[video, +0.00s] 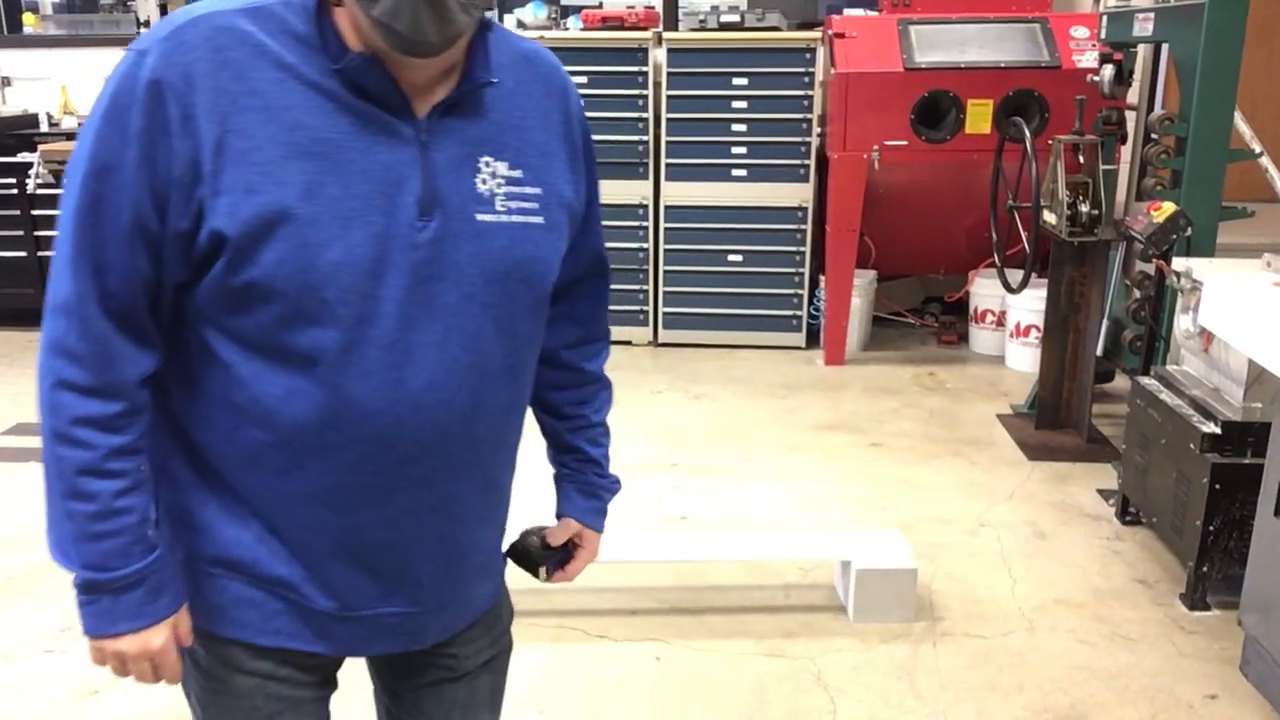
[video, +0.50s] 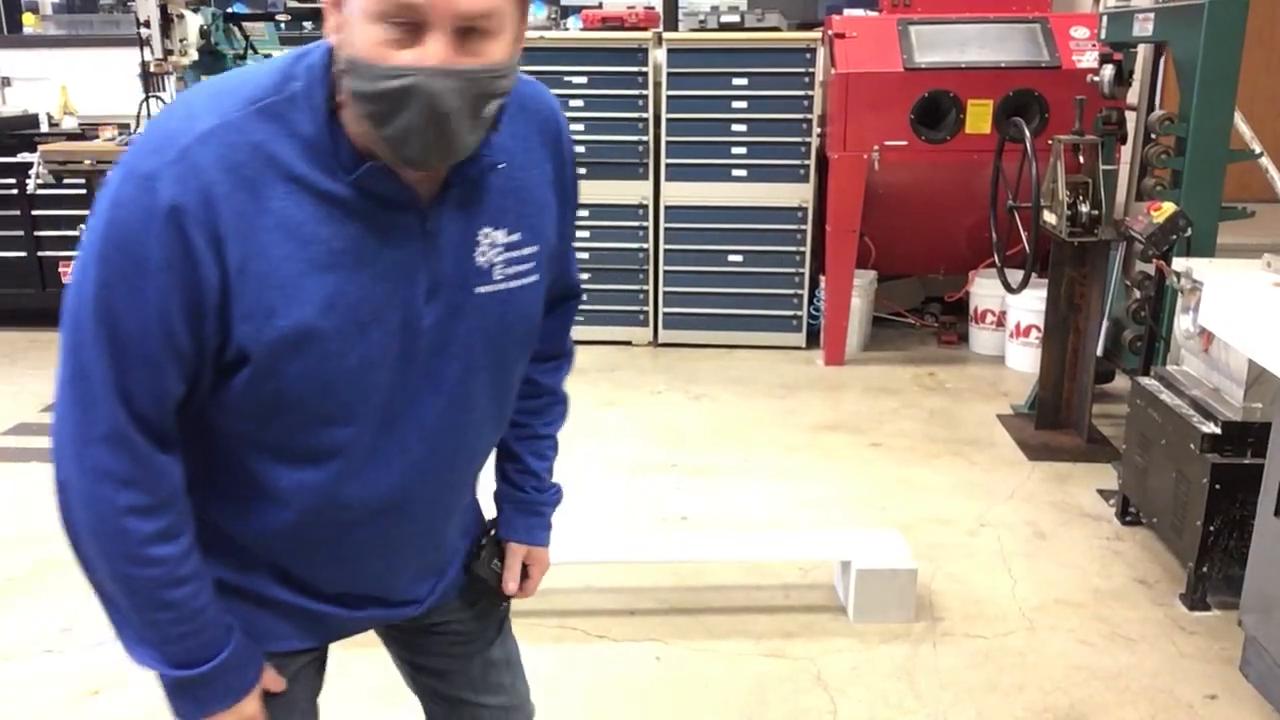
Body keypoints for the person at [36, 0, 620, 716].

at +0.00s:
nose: (437, 13)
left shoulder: (540, 95)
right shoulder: (184, 79)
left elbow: (572, 318)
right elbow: (92, 350)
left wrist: (584, 483)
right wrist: (122, 578)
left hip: (452, 566)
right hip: (252, 576)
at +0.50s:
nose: (435, 67)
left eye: (473, 33)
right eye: (401, 27)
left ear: (523, 34)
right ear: (335, 19)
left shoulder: (532, 134)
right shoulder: (184, 178)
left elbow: (543, 332)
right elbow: (105, 457)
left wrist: (527, 501)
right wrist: (207, 667)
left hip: (436, 542)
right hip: (258, 575)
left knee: (498, 709)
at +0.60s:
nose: (541, 45)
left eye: (555, 17)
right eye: (506, 14)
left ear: (571, 18)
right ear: (396, 10)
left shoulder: (555, 133)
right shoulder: (224, 162)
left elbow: (567, 330)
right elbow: (134, 434)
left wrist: (541, 501)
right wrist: (239, 649)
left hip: (458, 549)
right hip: (284, 573)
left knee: (494, 712)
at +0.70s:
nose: (581, 66)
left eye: (588, 43)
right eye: (556, 41)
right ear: (466, 4)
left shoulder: (564, 116)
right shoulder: (268, 142)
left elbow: (592, 309)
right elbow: (182, 395)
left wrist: (572, 475)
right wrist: (312, 603)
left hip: (503, 535)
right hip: (319, 567)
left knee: (517, 709)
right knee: (318, 712)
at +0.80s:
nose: (587, 20)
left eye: (587, 4)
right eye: (579, 3)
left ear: (542, 4)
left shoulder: (563, 81)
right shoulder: (309, 112)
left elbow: (607, 270)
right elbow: (248, 375)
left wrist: (612, 415)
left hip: (529, 526)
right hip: (356, 545)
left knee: (537, 709)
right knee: (351, 707)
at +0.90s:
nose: (591, 4)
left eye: (589, 0)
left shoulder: (558, 60)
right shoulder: (348, 92)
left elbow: (613, 235)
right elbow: (332, 359)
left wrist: (644, 348)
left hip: (551, 528)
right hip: (400, 544)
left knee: (540, 707)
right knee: (386, 707)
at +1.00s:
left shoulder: (549, 53)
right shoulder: (382, 77)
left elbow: (605, 217)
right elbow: (404, 341)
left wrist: (662, 291)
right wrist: (630, 406)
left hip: (566, 513)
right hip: (438, 535)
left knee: (545, 709)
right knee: (430, 707)